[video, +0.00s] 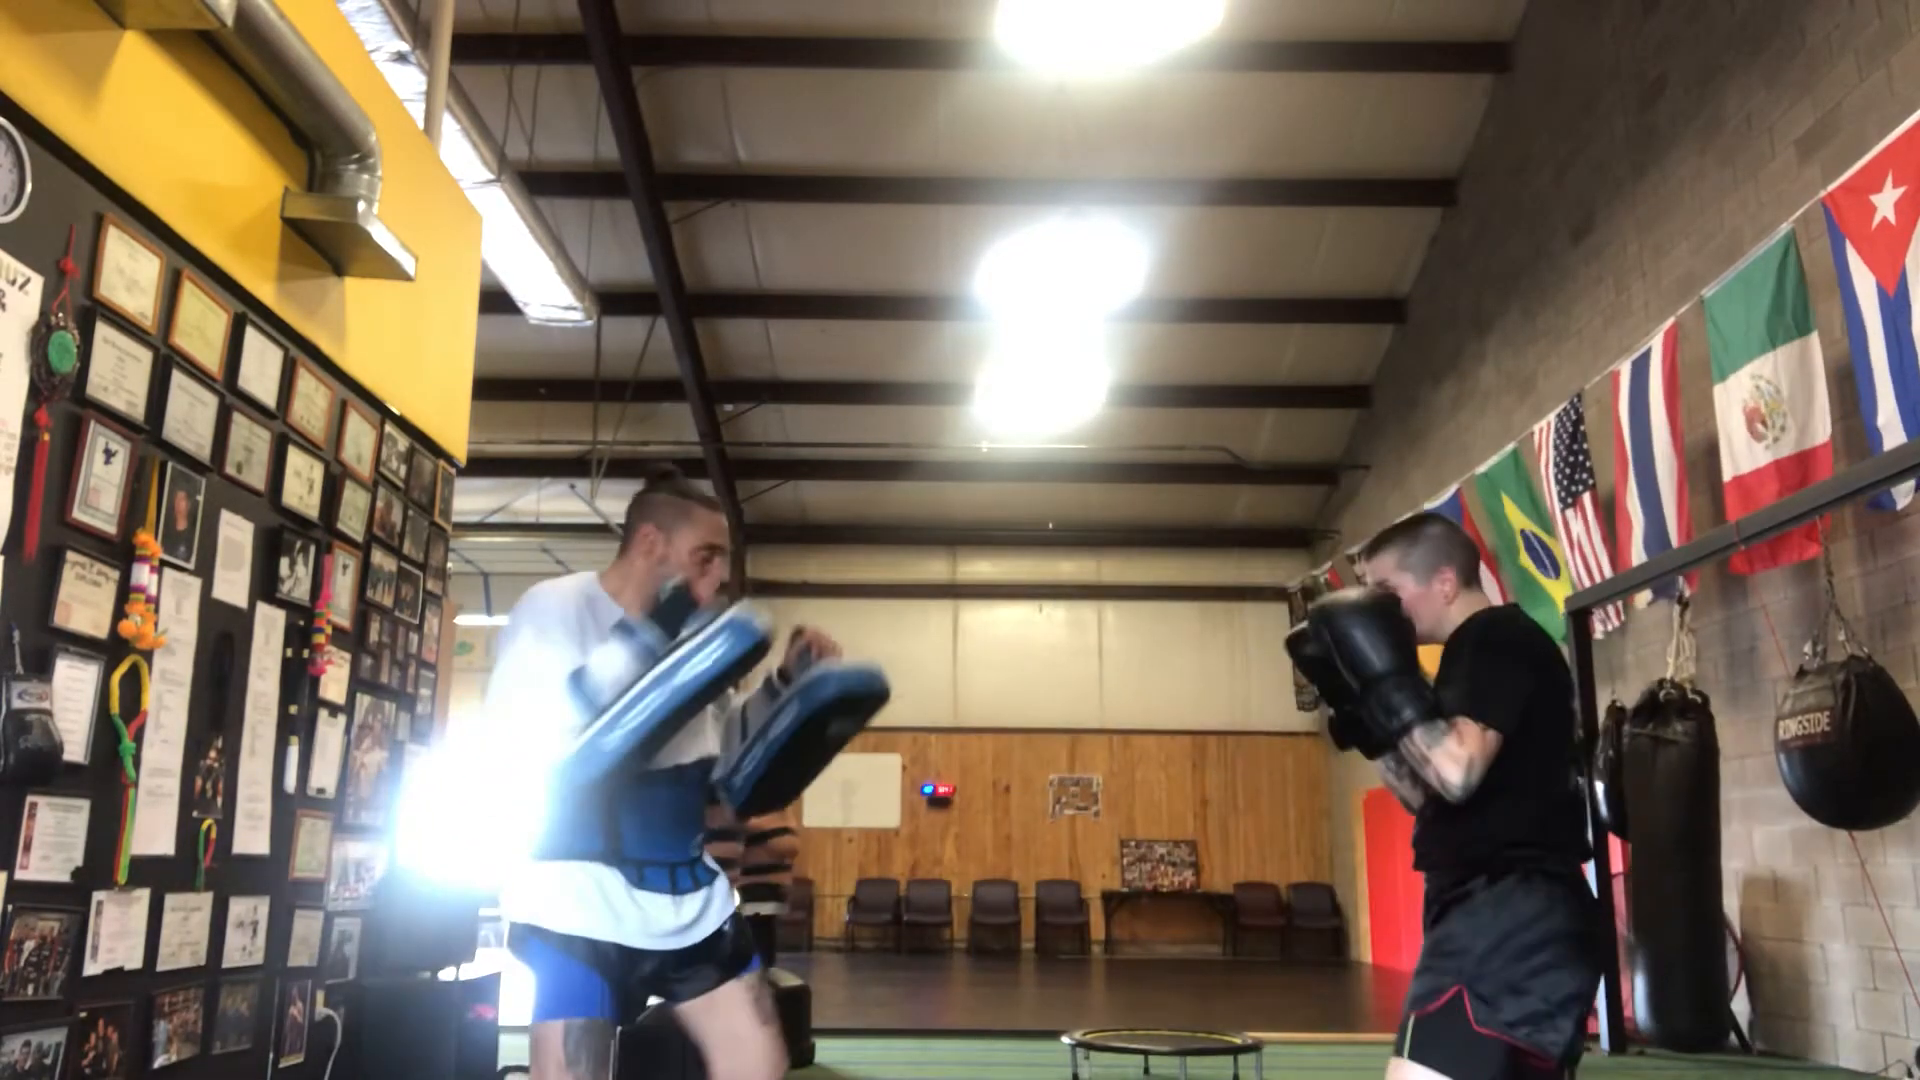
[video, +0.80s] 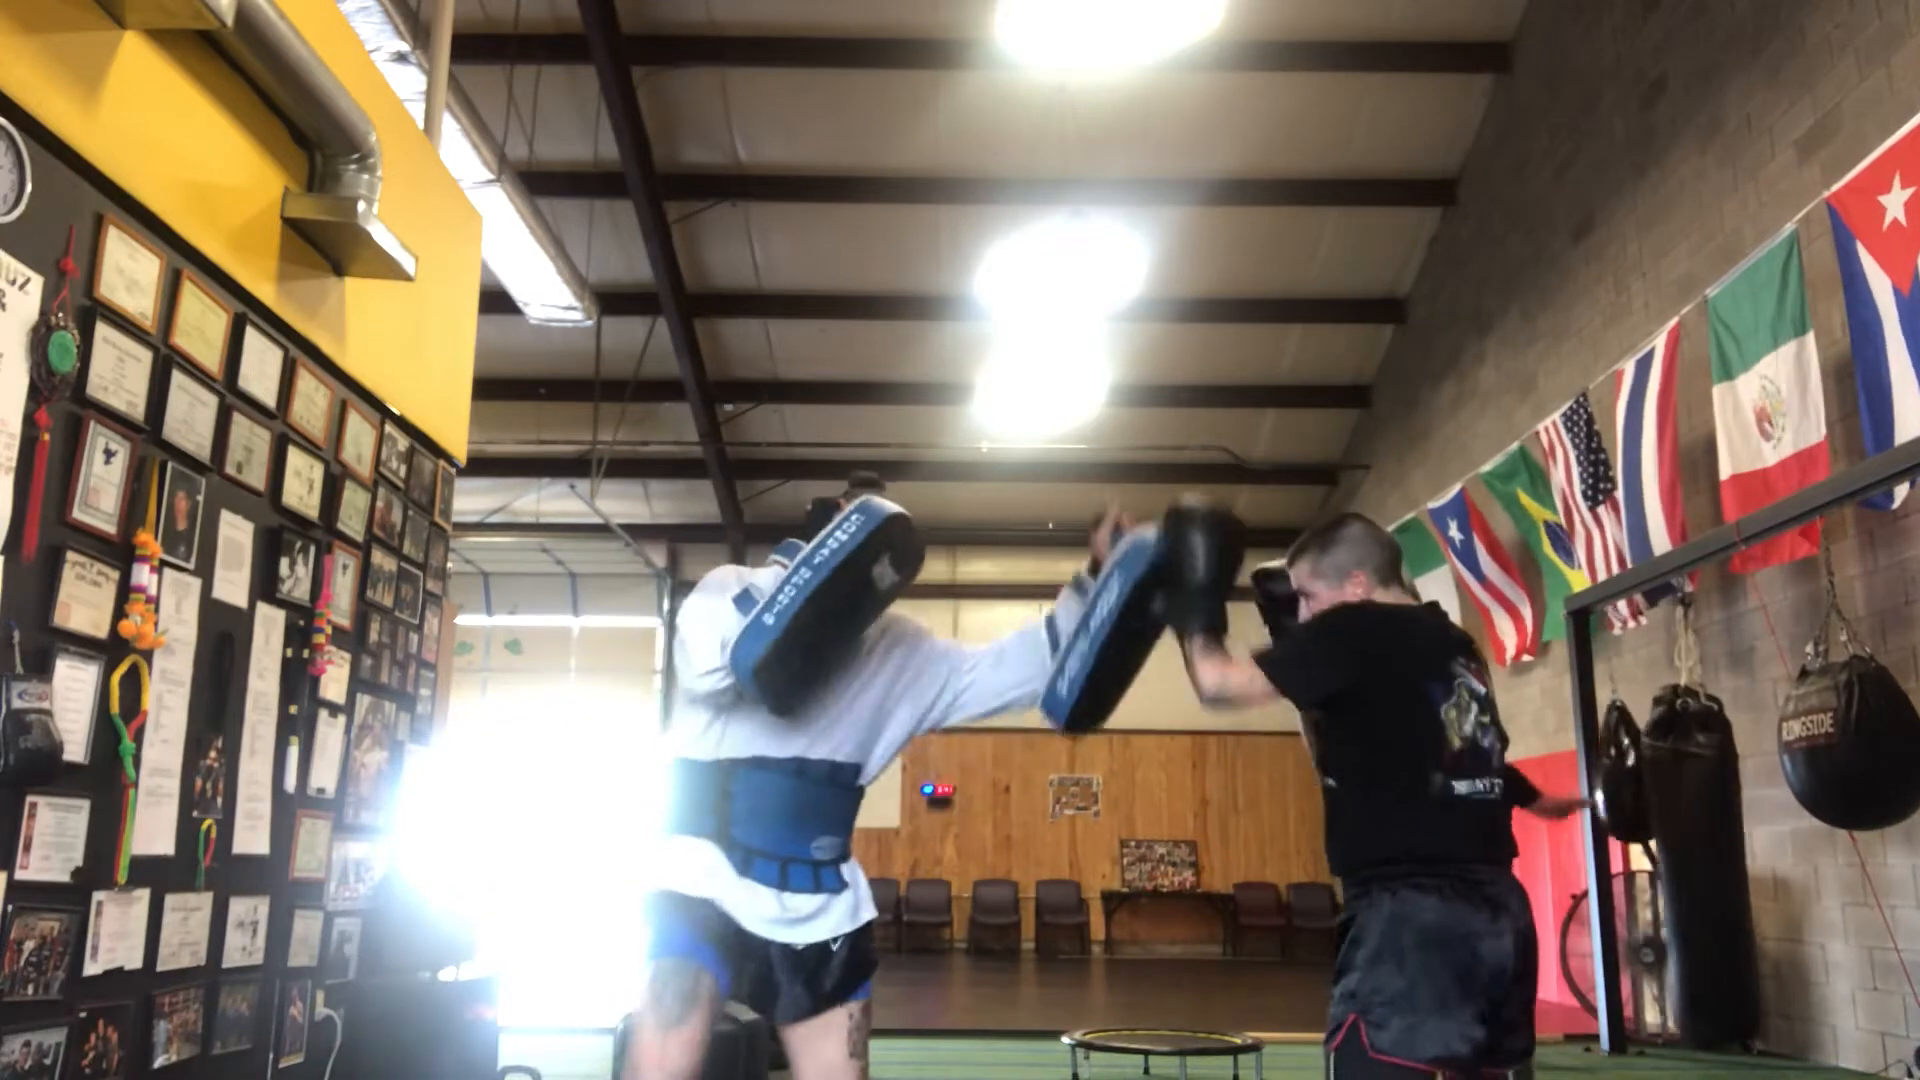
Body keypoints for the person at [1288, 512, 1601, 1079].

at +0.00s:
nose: (1381, 608)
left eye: (1390, 590)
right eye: (1377, 594)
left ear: (1445, 582)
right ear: (1447, 584)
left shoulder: (1497, 636)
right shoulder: (1467, 656)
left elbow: (1457, 769)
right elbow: (1422, 794)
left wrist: (1383, 668)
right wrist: (1358, 705)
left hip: (1511, 915)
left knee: (1419, 1068)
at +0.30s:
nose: (1332, 611)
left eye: (1342, 590)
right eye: (1329, 595)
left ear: (1398, 584)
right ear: (1401, 585)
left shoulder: (1437, 646)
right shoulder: (1458, 644)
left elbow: (1374, 772)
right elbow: (1371, 766)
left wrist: (1308, 688)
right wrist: (1314, 692)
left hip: (1452, 930)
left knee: (1393, 1066)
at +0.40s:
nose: (1325, 605)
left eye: (1331, 586)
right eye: (1322, 591)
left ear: (1380, 579)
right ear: (1389, 579)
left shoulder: (1410, 634)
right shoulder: (1453, 637)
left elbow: (1302, 726)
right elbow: (1339, 763)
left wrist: (1273, 651)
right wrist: (1281, 673)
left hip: (1438, 919)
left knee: (1392, 1066)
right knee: (1454, 1068)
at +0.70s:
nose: (1309, 620)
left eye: (1316, 600)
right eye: (1306, 603)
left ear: (1367, 593)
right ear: (1373, 591)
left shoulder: (1378, 652)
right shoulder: (1453, 651)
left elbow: (1254, 720)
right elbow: (1321, 762)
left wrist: (1196, 632)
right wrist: (1292, 649)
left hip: (1414, 931)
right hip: (1492, 921)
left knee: (1363, 1066)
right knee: (1486, 1069)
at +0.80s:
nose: (1302, 612)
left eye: (1307, 596)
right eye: (1299, 599)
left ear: (1356, 586)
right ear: (1373, 584)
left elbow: (1217, 682)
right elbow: (1341, 762)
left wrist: (1185, 586)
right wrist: (1297, 644)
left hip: (1409, 923)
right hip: (1496, 915)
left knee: (1378, 1065)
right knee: (1490, 1068)